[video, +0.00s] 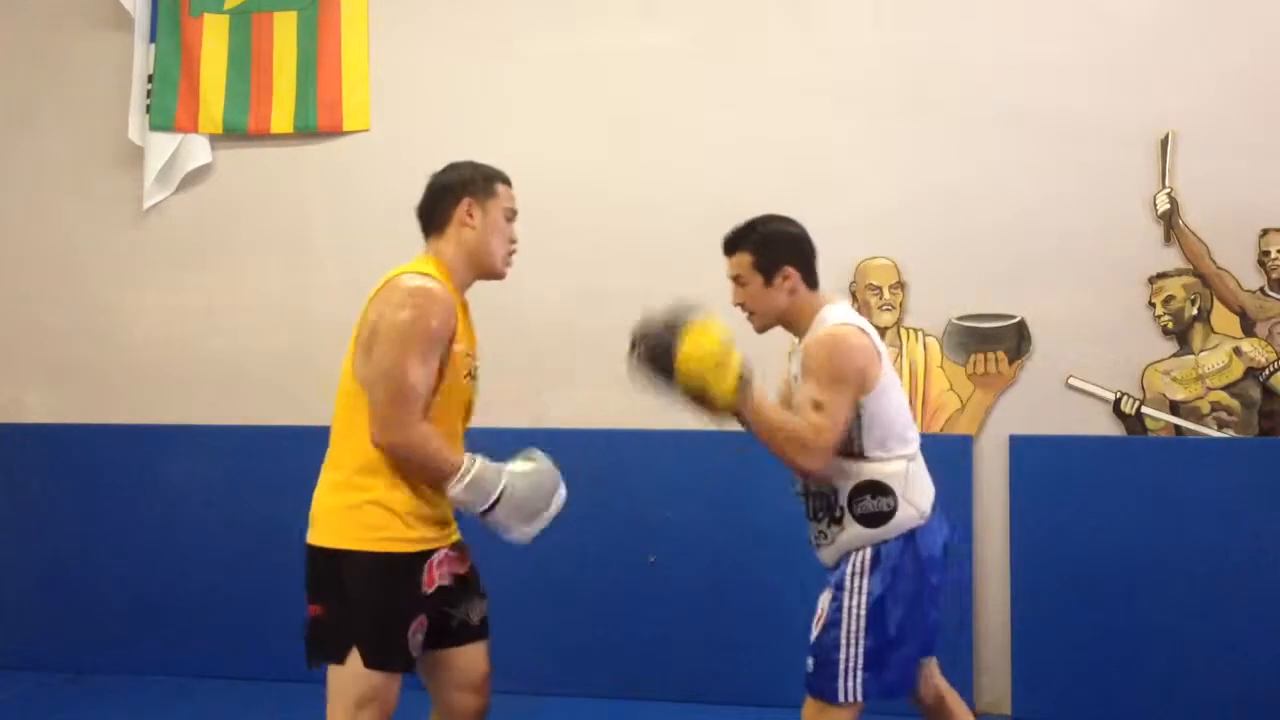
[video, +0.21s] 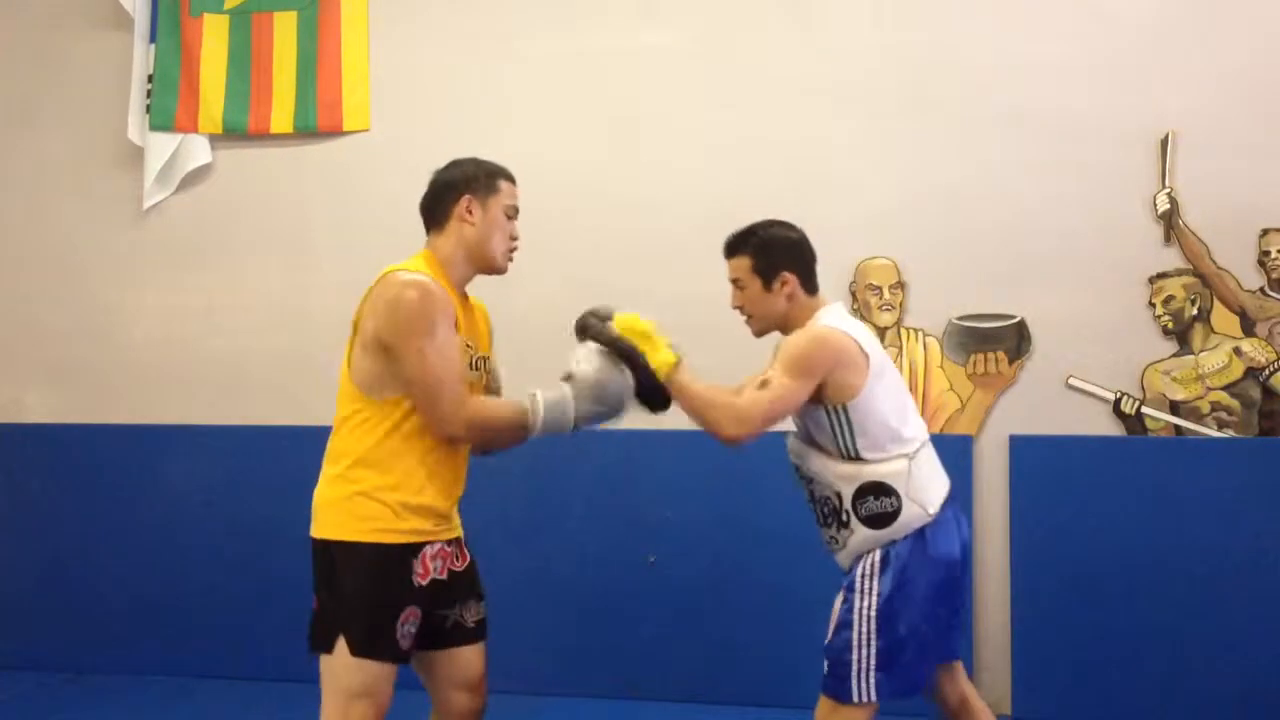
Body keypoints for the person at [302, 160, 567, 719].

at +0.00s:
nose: (516, 236)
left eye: (516, 220)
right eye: (508, 217)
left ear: (468, 218)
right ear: (467, 215)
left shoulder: (447, 303)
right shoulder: (418, 300)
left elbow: (427, 431)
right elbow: (398, 430)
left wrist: (490, 494)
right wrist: (491, 486)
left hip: (427, 533)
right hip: (369, 538)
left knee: (465, 693)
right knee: (362, 704)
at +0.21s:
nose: (517, 234)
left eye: (518, 218)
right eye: (509, 214)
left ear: (467, 215)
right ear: (466, 212)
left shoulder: (473, 313)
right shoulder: (411, 294)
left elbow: (483, 431)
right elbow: (452, 418)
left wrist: (569, 401)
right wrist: (565, 404)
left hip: (436, 527)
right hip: (367, 530)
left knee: (463, 697)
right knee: (356, 706)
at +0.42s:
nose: (513, 233)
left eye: (513, 218)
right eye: (504, 215)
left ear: (463, 216)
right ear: (460, 212)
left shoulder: (466, 316)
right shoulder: (389, 295)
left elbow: (443, 428)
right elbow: (374, 420)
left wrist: (516, 409)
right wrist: (482, 408)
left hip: (432, 534)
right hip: (361, 536)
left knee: (460, 698)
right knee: (352, 706)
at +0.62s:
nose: (491, 236)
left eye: (490, 220)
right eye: (481, 217)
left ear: (442, 217)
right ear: (439, 215)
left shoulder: (441, 315)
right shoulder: (363, 301)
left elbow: (424, 415)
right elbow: (364, 431)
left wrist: (488, 399)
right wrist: (464, 403)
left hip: (411, 538)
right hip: (341, 544)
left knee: (478, 686)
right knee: (333, 706)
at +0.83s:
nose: (494, 231)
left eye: (495, 215)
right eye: (487, 211)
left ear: (448, 211)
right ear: (442, 206)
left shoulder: (449, 306)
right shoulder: (370, 286)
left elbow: (455, 418)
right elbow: (409, 408)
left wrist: (517, 370)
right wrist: (497, 361)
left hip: (426, 532)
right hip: (354, 537)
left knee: (468, 692)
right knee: (340, 705)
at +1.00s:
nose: (519, 235)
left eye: (521, 220)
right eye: (512, 216)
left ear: (472, 212)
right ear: (468, 207)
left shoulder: (472, 307)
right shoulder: (386, 282)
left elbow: (476, 427)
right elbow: (421, 403)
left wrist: (538, 370)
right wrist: (512, 343)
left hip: (441, 530)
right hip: (366, 532)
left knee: (461, 697)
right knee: (366, 705)